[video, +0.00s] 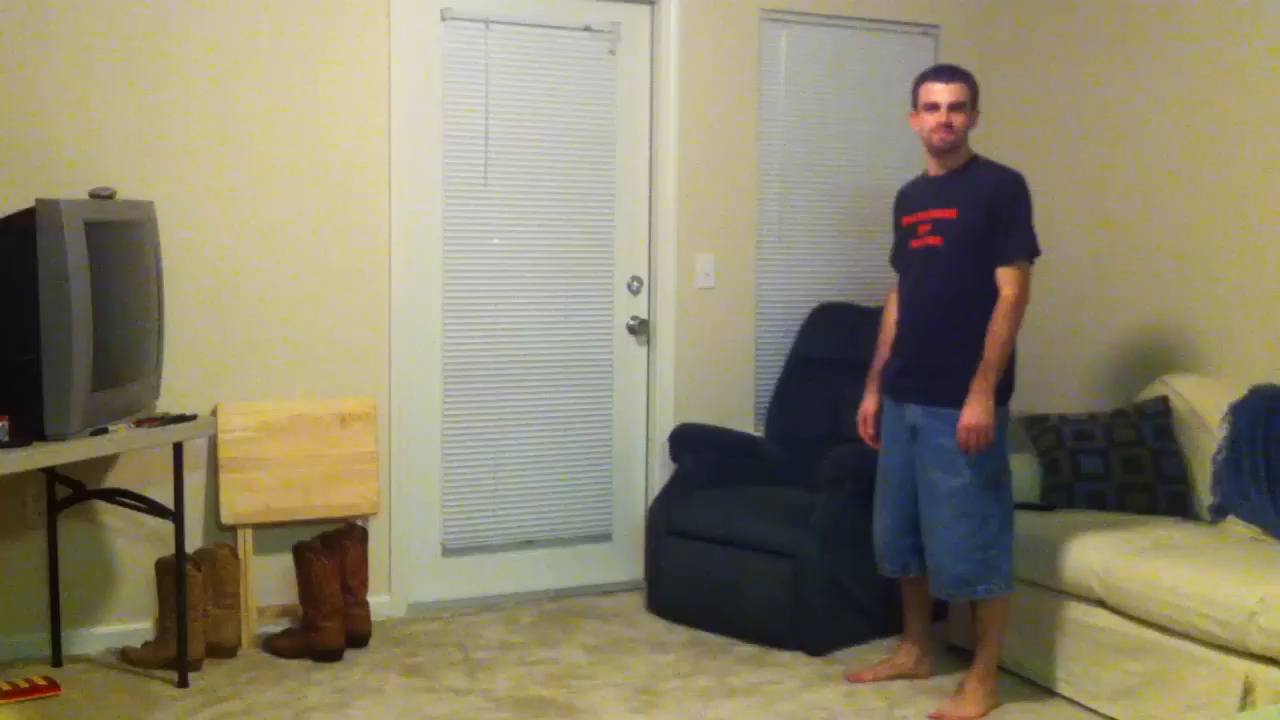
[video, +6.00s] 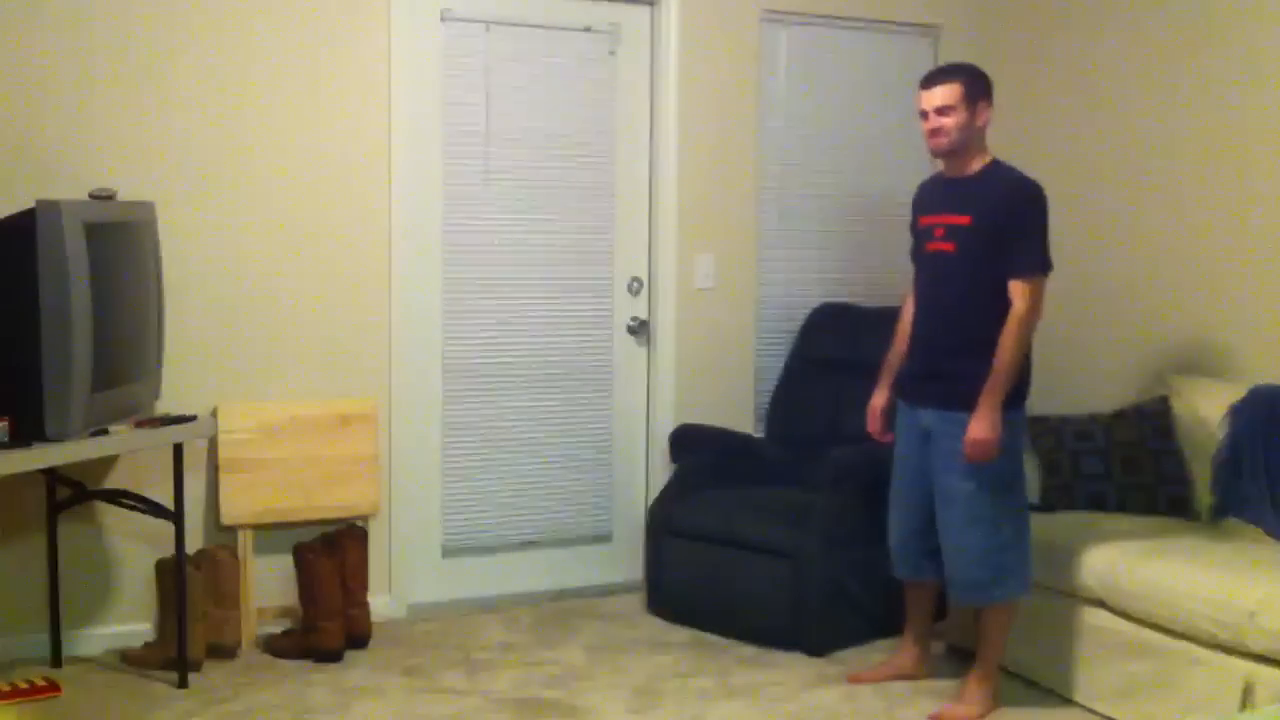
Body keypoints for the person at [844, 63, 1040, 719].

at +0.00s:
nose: (944, 119)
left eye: (957, 109)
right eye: (931, 108)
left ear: (974, 118)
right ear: (914, 118)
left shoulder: (1001, 188)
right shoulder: (909, 199)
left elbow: (1012, 297)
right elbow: (900, 295)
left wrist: (983, 394)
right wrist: (874, 386)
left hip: (964, 402)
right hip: (902, 397)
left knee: (978, 544)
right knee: (907, 531)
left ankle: (983, 677)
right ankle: (914, 650)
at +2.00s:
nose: (944, 118)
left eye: (958, 108)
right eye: (932, 108)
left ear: (975, 119)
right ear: (916, 119)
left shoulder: (1003, 188)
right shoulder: (911, 200)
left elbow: (1014, 296)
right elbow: (903, 297)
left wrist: (986, 393)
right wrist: (877, 387)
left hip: (966, 402)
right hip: (905, 398)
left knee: (980, 542)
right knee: (908, 531)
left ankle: (983, 676)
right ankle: (915, 650)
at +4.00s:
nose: (928, 116)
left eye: (941, 105)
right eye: (918, 108)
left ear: (968, 114)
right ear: (909, 121)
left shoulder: (1002, 189)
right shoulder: (912, 201)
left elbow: (1012, 299)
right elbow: (902, 299)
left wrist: (982, 397)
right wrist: (876, 387)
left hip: (964, 404)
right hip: (904, 400)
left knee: (980, 543)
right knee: (908, 530)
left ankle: (983, 677)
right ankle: (913, 651)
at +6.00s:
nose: (933, 125)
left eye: (945, 112)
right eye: (925, 115)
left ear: (982, 114)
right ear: (921, 123)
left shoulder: (1016, 194)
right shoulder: (927, 196)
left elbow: (1024, 308)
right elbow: (916, 299)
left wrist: (990, 406)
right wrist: (885, 384)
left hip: (980, 410)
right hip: (919, 402)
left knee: (989, 548)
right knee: (915, 534)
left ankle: (984, 679)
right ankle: (913, 652)